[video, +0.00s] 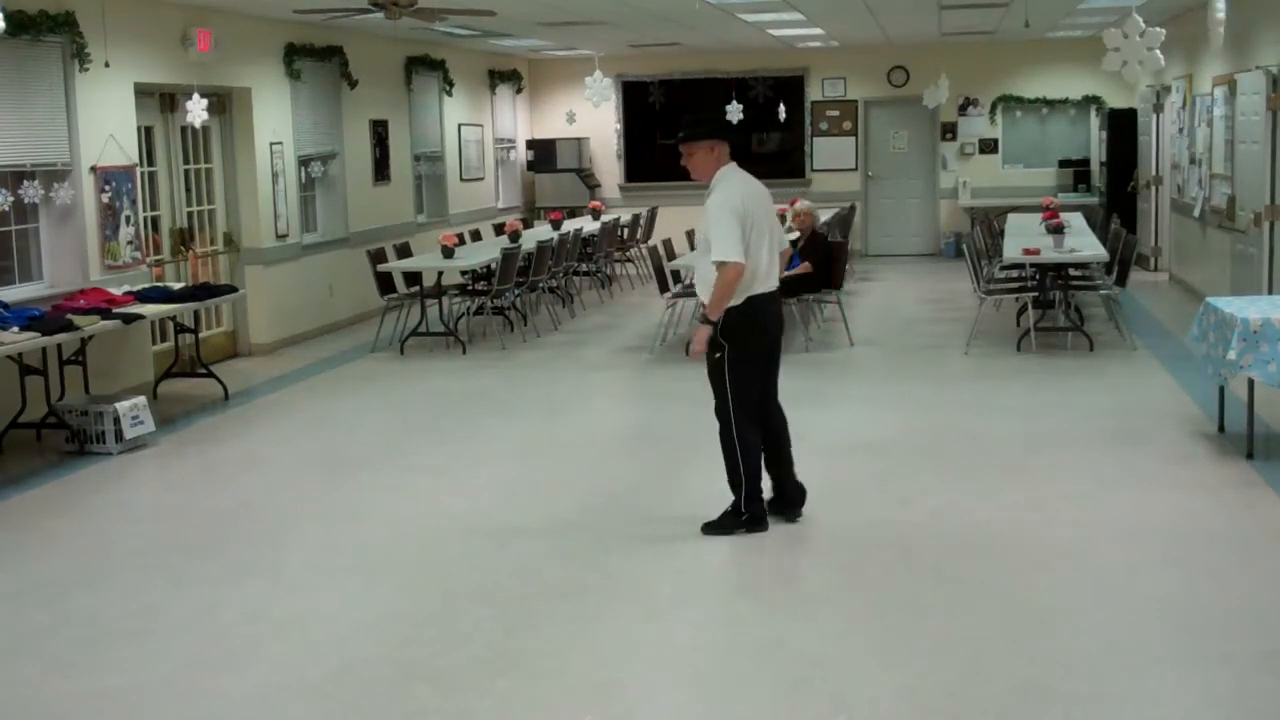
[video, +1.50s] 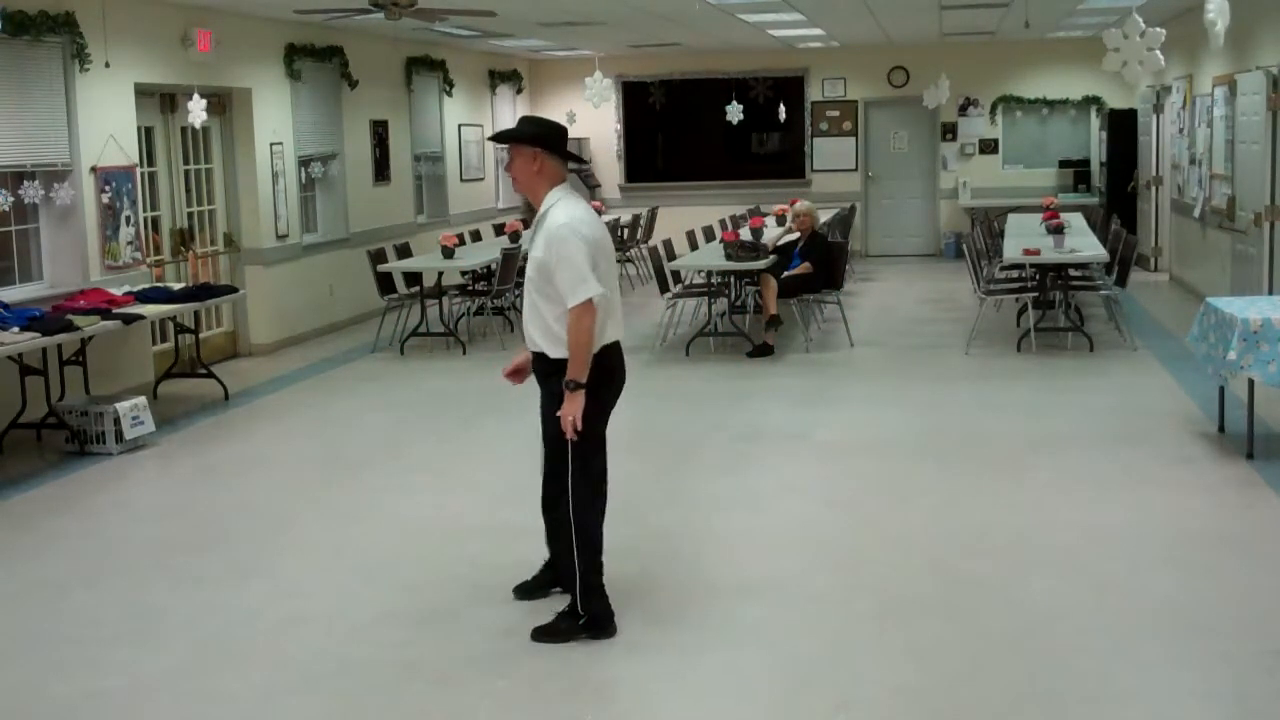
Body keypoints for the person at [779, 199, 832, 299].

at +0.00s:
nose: (801, 219)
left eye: (805, 215)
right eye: (797, 216)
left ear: (813, 218)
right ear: (793, 220)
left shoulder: (819, 239)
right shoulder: (793, 244)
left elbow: (809, 266)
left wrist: (786, 274)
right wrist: (779, 273)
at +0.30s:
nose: (802, 219)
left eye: (806, 215)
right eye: (798, 216)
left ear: (813, 218)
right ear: (794, 220)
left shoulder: (819, 240)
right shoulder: (793, 243)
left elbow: (810, 266)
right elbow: (766, 248)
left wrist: (786, 274)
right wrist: (784, 231)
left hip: (807, 277)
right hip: (786, 272)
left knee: (765, 287)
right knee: (766, 275)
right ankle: (773, 314)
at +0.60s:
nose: (801, 219)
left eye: (805, 215)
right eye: (797, 216)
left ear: (813, 219)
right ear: (794, 221)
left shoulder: (820, 240)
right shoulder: (793, 243)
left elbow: (810, 266)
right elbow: (767, 248)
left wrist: (784, 275)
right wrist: (786, 229)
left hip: (809, 278)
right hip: (788, 275)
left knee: (768, 291)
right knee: (765, 275)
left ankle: (769, 342)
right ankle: (773, 315)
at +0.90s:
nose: (801, 219)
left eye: (804, 215)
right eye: (797, 216)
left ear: (813, 218)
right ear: (794, 221)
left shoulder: (819, 239)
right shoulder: (795, 242)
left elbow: (809, 266)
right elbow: (767, 249)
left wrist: (785, 275)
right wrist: (785, 230)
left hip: (808, 278)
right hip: (788, 274)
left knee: (766, 292)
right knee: (766, 274)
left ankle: (769, 343)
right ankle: (773, 315)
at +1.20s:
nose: (801, 219)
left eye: (805, 215)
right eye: (797, 216)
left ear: (813, 218)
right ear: (794, 221)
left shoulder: (819, 239)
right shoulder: (795, 241)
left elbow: (810, 266)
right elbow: (767, 249)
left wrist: (785, 276)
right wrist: (785, 230)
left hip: (808, 278)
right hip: (788, 274)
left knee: (767, 292)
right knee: (766, 274)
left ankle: (769, 342)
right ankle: (773, 315)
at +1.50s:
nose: (800, 219)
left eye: (804, 216)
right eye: (797, 216)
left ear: (813, 219)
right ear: (794, 221)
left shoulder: (820, 240)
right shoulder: (795, 241)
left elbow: (810, 266)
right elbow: (767, 249)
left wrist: (786, 275)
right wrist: (785, 231)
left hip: (808, 279)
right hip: (789, 274)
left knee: (767, 292)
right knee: (765, 274)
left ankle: (768, 343)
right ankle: (773, 315)